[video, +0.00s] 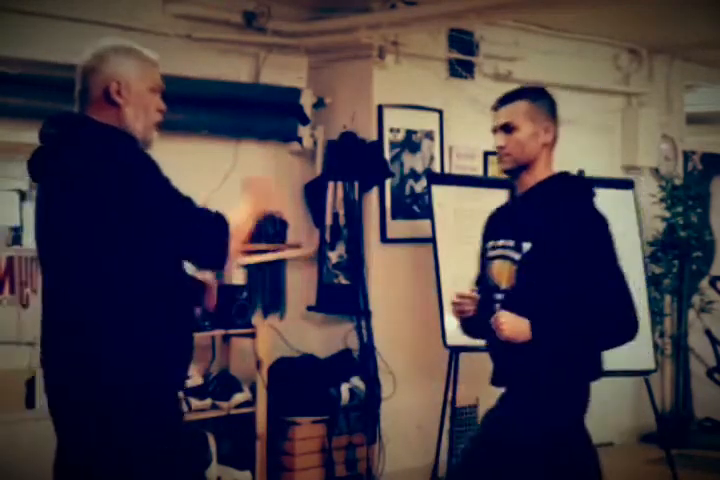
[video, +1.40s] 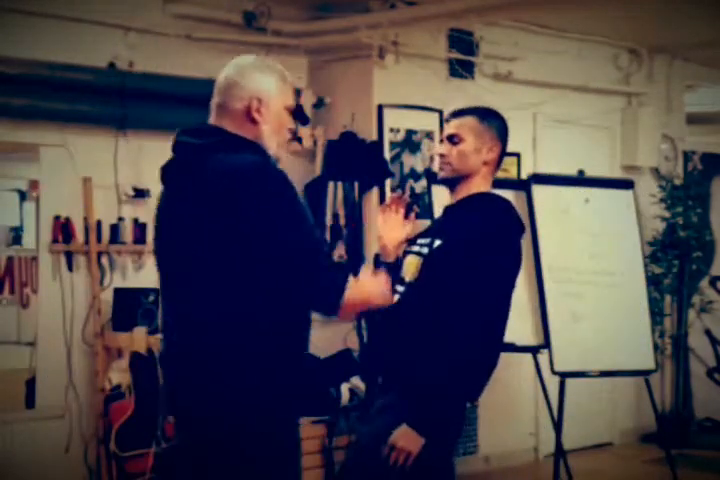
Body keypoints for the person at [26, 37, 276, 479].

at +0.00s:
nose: (163, 107)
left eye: (161, 95)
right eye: (156, 93)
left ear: (115, 93)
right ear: (118, 93)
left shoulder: (66, 157)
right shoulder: (116, 158)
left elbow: (119, 264)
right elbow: (212, 243)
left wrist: (197, 290)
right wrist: (247, 213)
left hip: (84, 380)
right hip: (129, 387)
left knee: (91, 469)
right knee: (154, 470)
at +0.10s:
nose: (187, 112)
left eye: (186, 99)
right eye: (179, 96)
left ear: (139, 97)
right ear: (141, 97)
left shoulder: (84, 165)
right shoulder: (155, 164)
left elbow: (120, 271)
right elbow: (229, 223)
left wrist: (198, 300)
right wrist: (273, 227)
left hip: (93, 378)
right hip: (151, 382)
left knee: (99, 470)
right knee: (186, 469)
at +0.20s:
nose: (217, 120)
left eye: (216, 107)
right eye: (210, 105)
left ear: (170, 103)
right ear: (172, 103)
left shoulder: (109, 165)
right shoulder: (179, 170)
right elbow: (255, 262)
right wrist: (279, 258)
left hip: (112, 388)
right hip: (175, 393)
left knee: (123, 471)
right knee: (185, 471)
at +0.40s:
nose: (284, 139)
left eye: (284, 127)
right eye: (276, 125)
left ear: (237, 124)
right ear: (238, 123)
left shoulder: (192, 183)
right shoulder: (231, 192)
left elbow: (270, 285)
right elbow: (275, 299)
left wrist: (340, 248)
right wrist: (357, 363)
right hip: (229, 405)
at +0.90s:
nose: (329, 126)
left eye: (328, 112)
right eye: (323, 111)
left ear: (285, 109)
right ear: (293, 111)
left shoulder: (229, 171)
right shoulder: (291, 174)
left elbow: (321, 275)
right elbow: (341, 290)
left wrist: (375, 224)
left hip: (244, 381)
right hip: (294, 389)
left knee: (258, 468)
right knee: (302, 469)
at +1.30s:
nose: (312, 130)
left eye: (312, 117)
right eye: (306, 115)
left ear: (267, 114)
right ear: (272, 116)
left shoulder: (206, 180)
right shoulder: (270, 183)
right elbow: (317, 294)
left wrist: (329, 253)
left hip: (228, 388)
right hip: (279, 396)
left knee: (253, 471)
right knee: (300, 470)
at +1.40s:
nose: (294, 128)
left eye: (294, 115)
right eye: (289, 112)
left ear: (248, 109)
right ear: (256, 111)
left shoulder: (183, 179)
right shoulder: (258, 179)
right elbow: (333, 296)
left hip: (196, 398)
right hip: (256, 404)